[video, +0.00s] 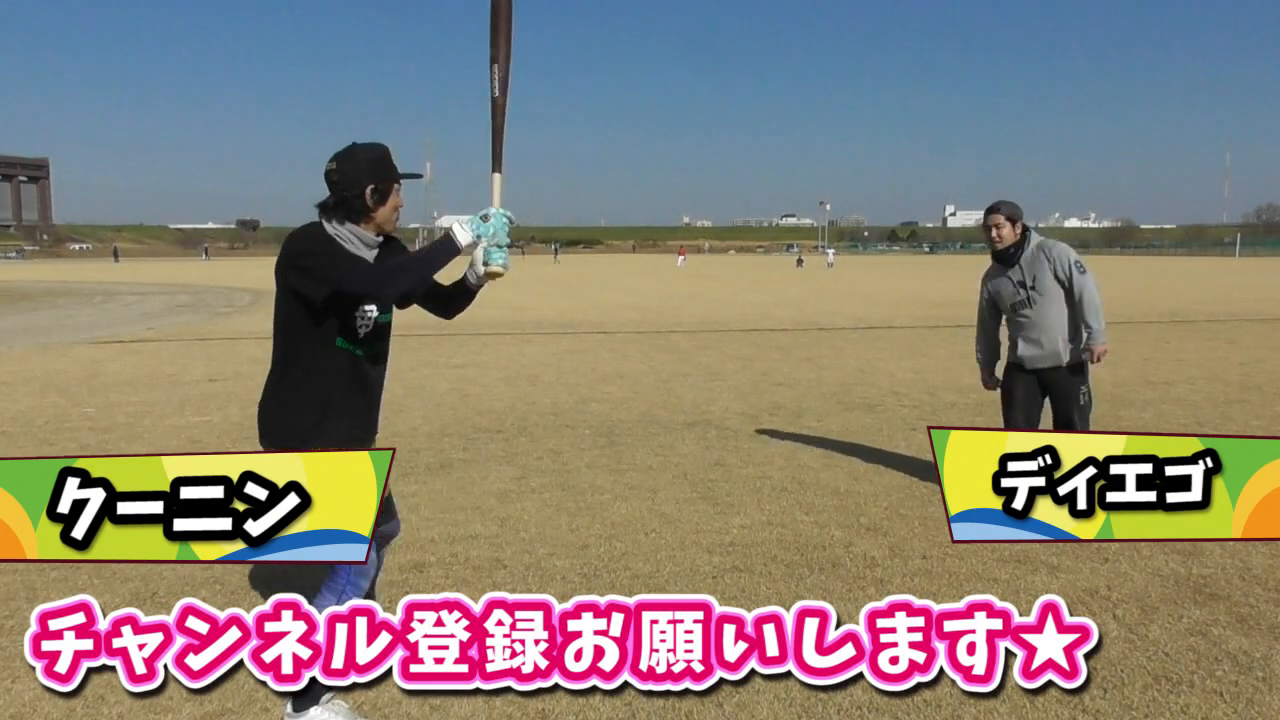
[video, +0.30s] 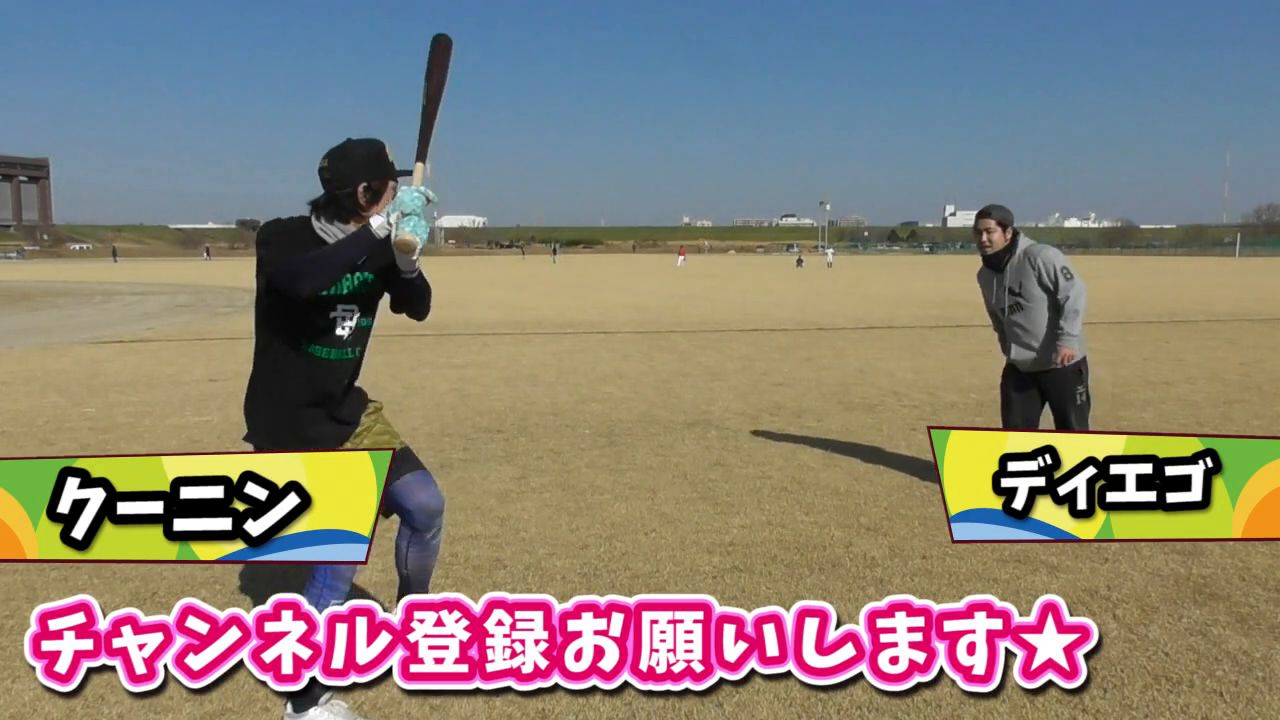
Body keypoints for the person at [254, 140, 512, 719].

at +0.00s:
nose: (402, 202)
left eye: (400, 192)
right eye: (396, 192)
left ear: (365, 197)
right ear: (371, 196)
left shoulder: (381, 253)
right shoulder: (309, 246)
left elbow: (445, 302)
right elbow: (375, 284)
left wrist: (479, 271)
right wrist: (453, 239)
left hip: (346, 433)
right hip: (305, 433)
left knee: (374, 530)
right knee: (376, 529)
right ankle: (309, 692)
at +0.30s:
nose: (393, 197)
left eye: (393, 190)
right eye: (389, 190)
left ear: (353, 192)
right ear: (365, 193)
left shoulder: (373, 245)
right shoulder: (283, 237)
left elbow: (417, 308)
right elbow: (299, 281)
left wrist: (406, 259)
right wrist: (377, 232)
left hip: (345, 406)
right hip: (287, 417)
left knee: (425, 503)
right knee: (344, 543)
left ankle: (414, 617)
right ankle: (307, 696)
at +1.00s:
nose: (455, 226)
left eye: (453, 216)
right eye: (446, 218)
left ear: (420, 225)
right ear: (416, 226)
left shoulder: (445, 274)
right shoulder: (338, 259)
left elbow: (417, 331)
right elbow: (281, 328)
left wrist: (363, 289)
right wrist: (331, 269)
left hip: (406, 428)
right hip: (343, 437)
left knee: (471, 514)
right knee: (369, 564)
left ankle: (475, 605)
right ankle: (305, 694)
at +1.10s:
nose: (478, 242)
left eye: (475, 233)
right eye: (469, 235)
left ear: (440, 243)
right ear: (440, 245)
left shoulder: (458, 287)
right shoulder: (369, 304)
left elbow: (469, 338)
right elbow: (380, 392)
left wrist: (442, 336)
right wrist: (417, 352)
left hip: (417, 449)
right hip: (371, 462)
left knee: (470, 512)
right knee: (408, 578)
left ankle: (469, 613)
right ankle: (311, 692)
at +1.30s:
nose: (484, 233)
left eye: (483, 224)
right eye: (482, 226)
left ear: (428, 222)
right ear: (467, 232)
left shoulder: (385, 256)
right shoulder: (466, 296)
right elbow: (506, 315)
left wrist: (459, 256)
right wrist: (483, 274)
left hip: (370, 426)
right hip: (424, 444)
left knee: (446, 511)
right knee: (434, 569)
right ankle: (348, 670)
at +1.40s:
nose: (496, 214)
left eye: (494, 206)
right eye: (494, 208)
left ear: (438, 208)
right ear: (483, 217)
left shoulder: (397, 256)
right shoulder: (500, 264)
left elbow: (381, 274)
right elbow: (450, 243)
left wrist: (398, 224)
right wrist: (400, 211)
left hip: (395, 420)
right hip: (457, 426)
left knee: (427, 521)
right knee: (438, 563)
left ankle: (458, 590)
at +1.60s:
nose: (485, 207)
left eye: (476, 198)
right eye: (484, 200)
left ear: (424, 203)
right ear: (478, 208)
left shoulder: (390, 254)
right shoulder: (493, 256)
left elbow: (305, 215)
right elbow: (444, 257)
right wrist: (394, 236)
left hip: (402, 435)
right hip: (464, 439)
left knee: (442, 549)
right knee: (444, 570)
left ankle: (479, 636)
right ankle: (393, 693)